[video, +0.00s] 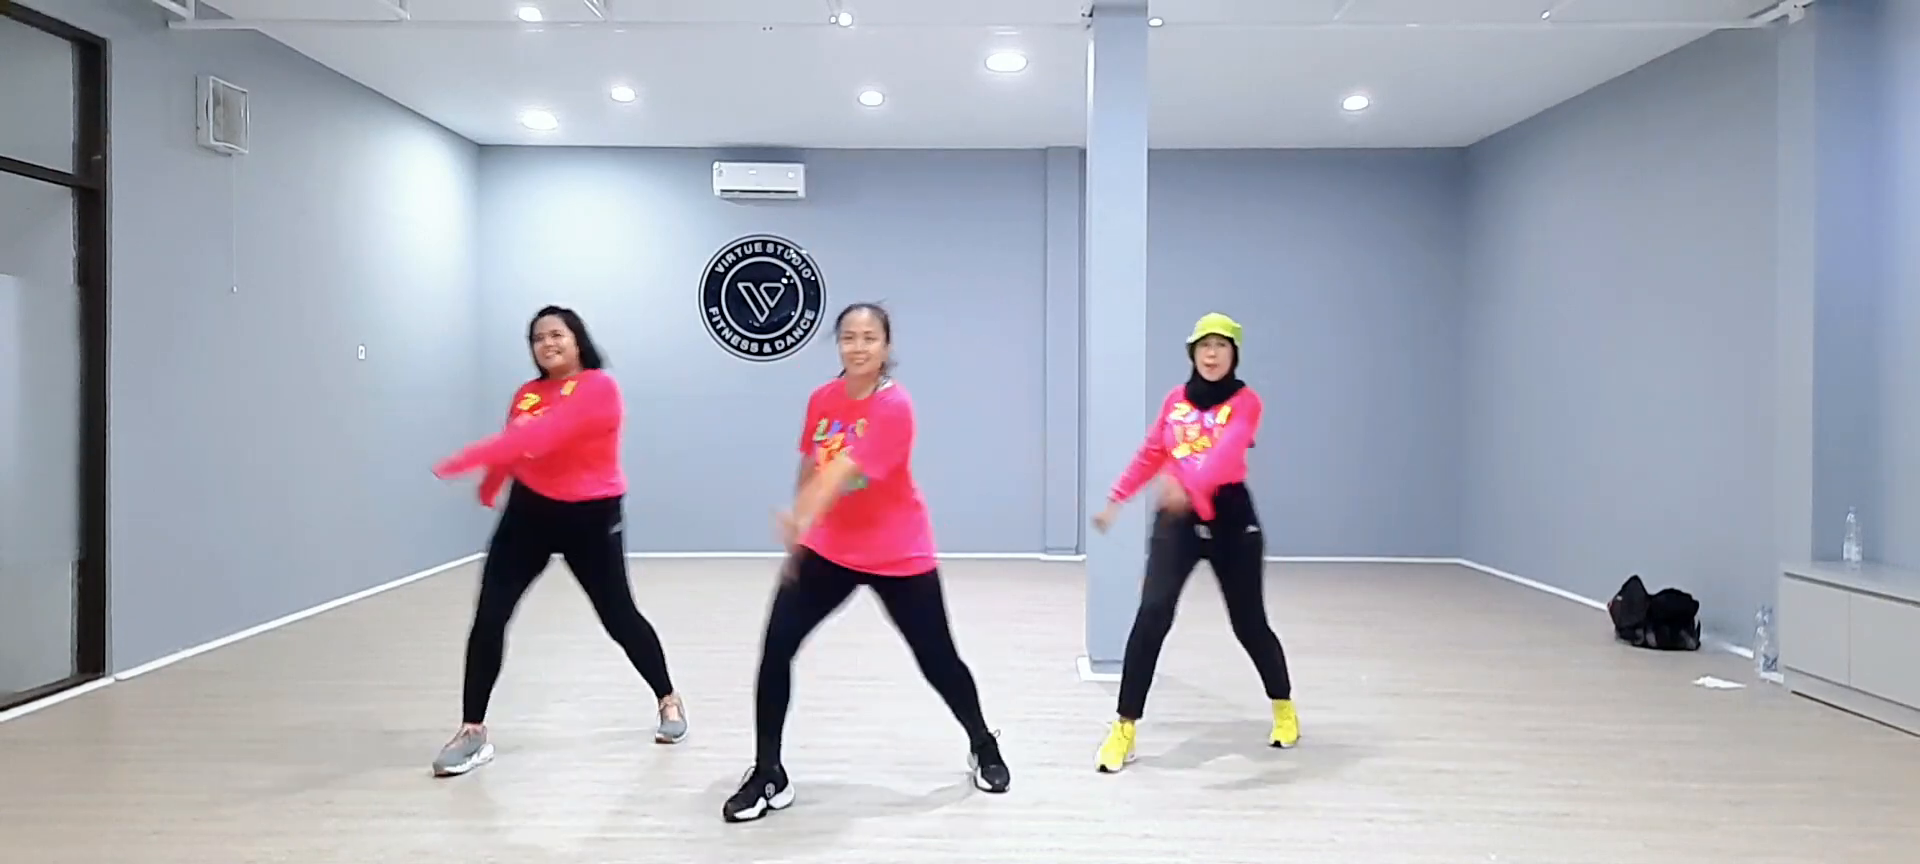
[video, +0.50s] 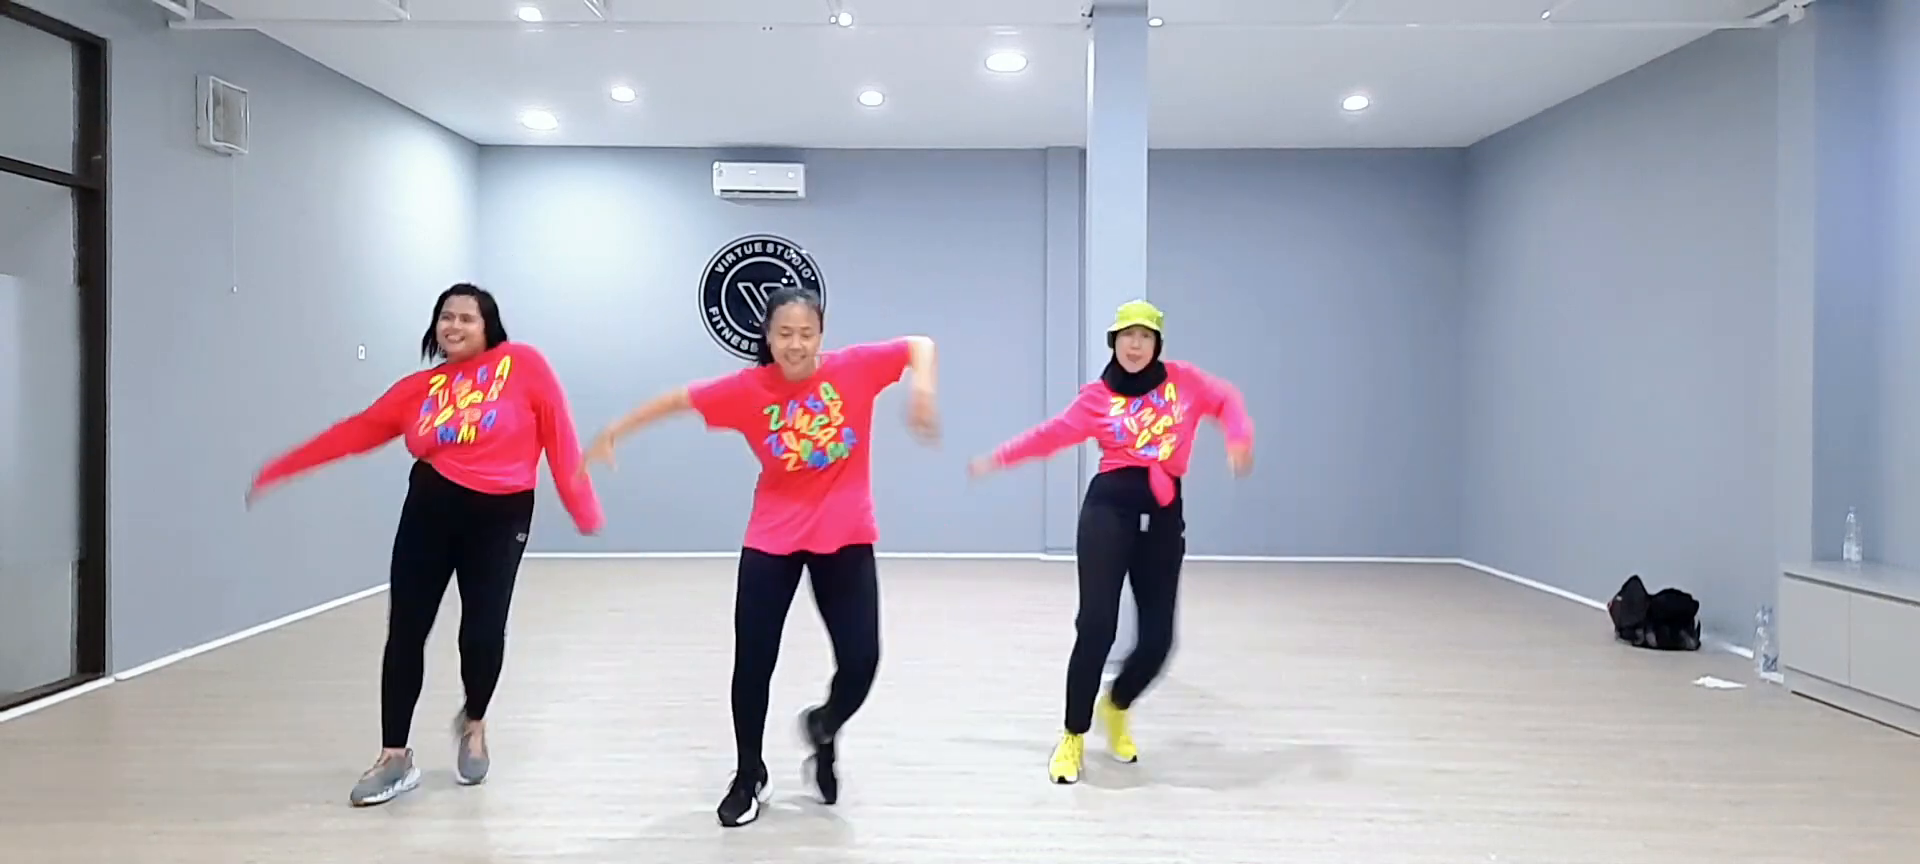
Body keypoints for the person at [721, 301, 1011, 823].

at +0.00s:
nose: (858, 346)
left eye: (869, 338)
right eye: (849, 338)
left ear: (887, 347)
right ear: (838, 346)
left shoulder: (894, 407)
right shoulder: (823, 399)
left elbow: (843, 473)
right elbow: (809, 469)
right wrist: (801, 520)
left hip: (900, 556)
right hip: (831, 551)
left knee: (939, 663)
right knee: (776, 648)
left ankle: (983, 745)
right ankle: (768, 773)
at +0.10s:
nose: (842, 322)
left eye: (853, 314)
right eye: (834, 314)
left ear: (871, 324)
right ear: (822, 321)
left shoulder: (880, 383)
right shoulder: (801, 375)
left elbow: (834, 428)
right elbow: (787, 443)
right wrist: (764, 506)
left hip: (876, 527)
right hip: (806, 525)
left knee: (926, 637)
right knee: (765, 641)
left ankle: (965, 729)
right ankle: (764, 766)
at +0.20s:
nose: (829, 294)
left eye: (840, 285)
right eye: (820, 285)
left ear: (858, 292)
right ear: (807, 291)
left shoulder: (874, 343)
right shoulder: (785, 342)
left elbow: (851, 383)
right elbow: (755, 405)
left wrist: (766, 377)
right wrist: (731, 465)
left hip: (865, 492)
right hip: (795, 495)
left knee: (913, 598)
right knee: (770, 620)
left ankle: (901, 706)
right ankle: (747, 747)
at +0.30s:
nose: (812, 291)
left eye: (822, 282)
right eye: (803, 282)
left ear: (841, 289)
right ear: (789, 290)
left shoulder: (858, 329)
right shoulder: (774, 336)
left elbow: (881, 356)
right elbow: (723, 377)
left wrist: (806, 354)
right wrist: (688, 428)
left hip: (857, 490)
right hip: (786, 493)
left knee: (891, 602)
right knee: (768, 617)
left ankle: (841, 689)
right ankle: (744, 744)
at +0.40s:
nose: (794, 321)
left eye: (805, 310)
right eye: (785, 310)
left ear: (823, 314)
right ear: (770, 314)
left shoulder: (852, 353)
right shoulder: (758, 360)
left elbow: (920, 339)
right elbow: (692, 371)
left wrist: (865, 364)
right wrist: (640, 410)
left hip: (846, 524)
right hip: (776, 525)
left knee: (859, 647)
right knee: (759, 649)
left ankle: (809, 736)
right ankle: (749, 771)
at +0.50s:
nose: (796, 344)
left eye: (806, 333)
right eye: (785, 334)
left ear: (822, 337)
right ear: (768, 338)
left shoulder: (851, 368)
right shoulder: (747, 389)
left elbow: (922, 346)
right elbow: (677, 401)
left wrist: (922, 394)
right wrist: (612, 432)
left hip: (844, 533)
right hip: (774, 534)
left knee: (861, 661)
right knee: (752, 660)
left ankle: (823, 728)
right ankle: (749, 772)